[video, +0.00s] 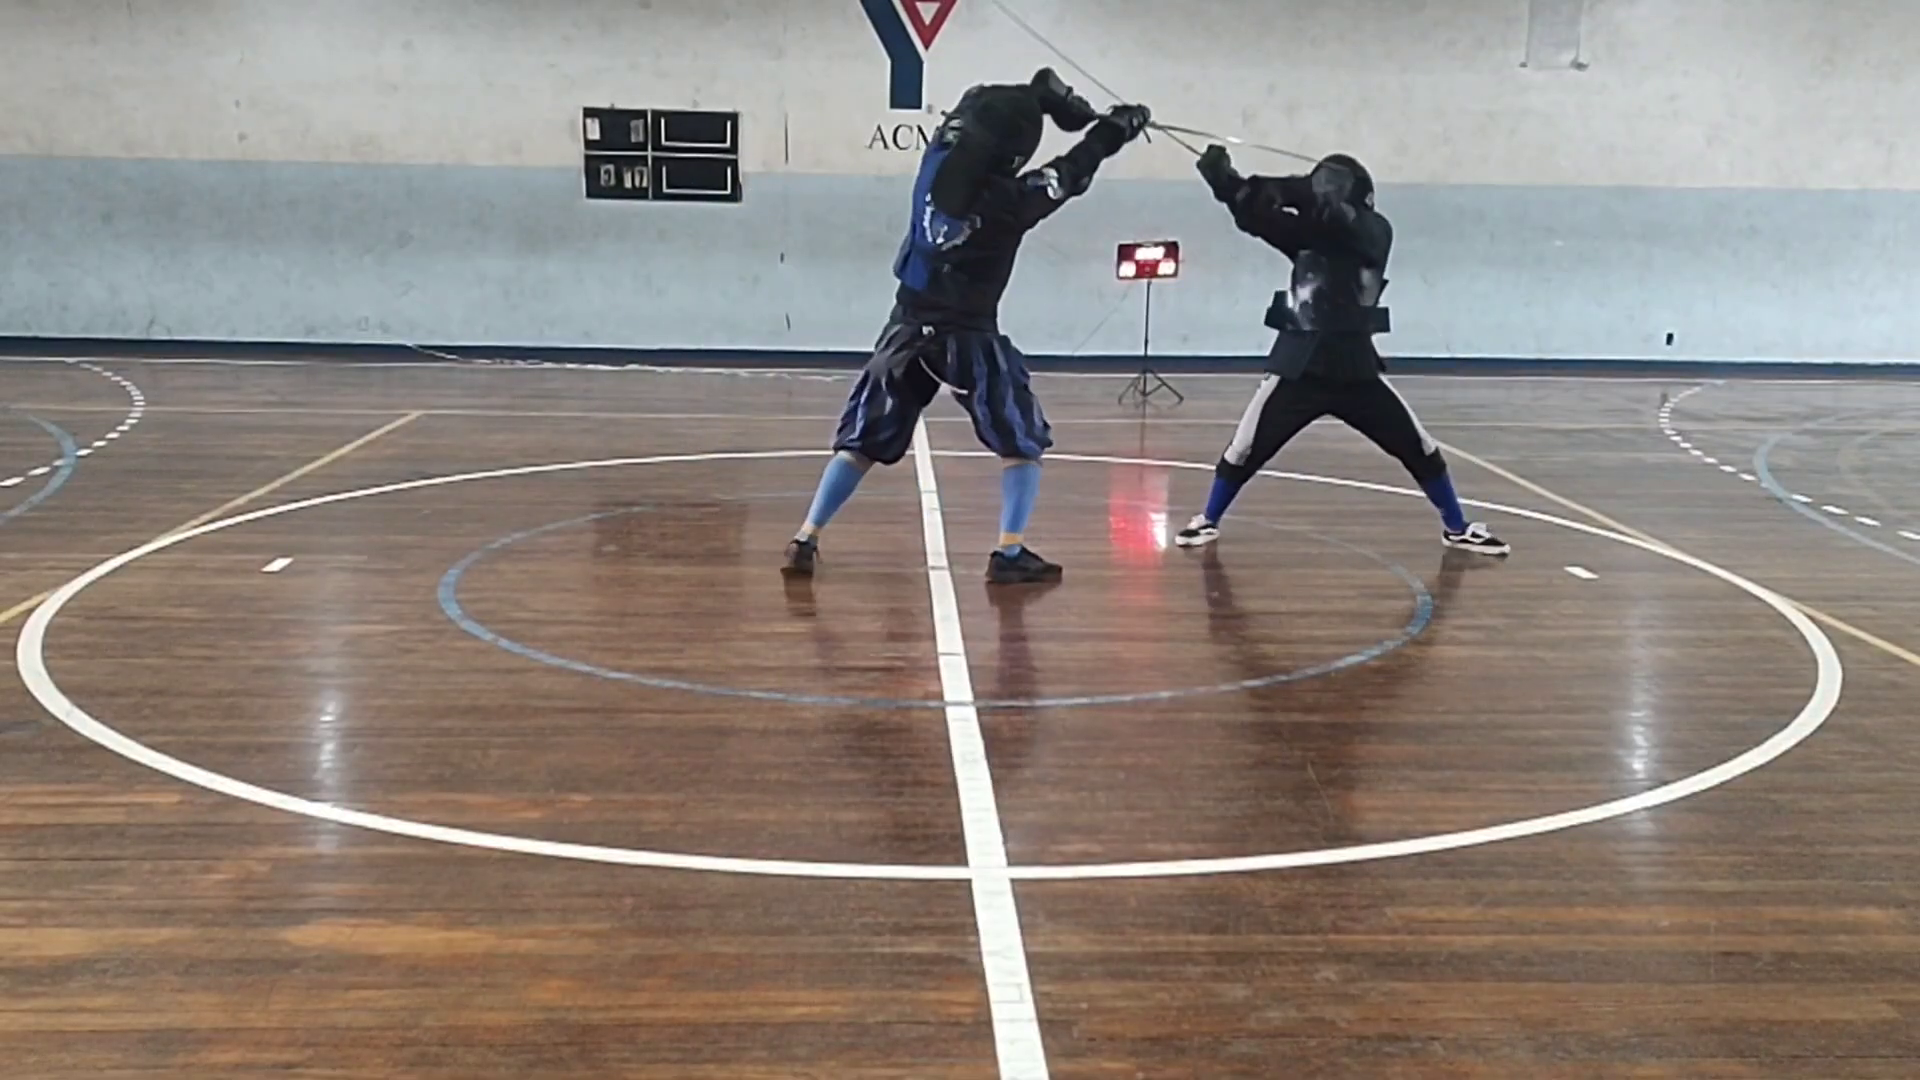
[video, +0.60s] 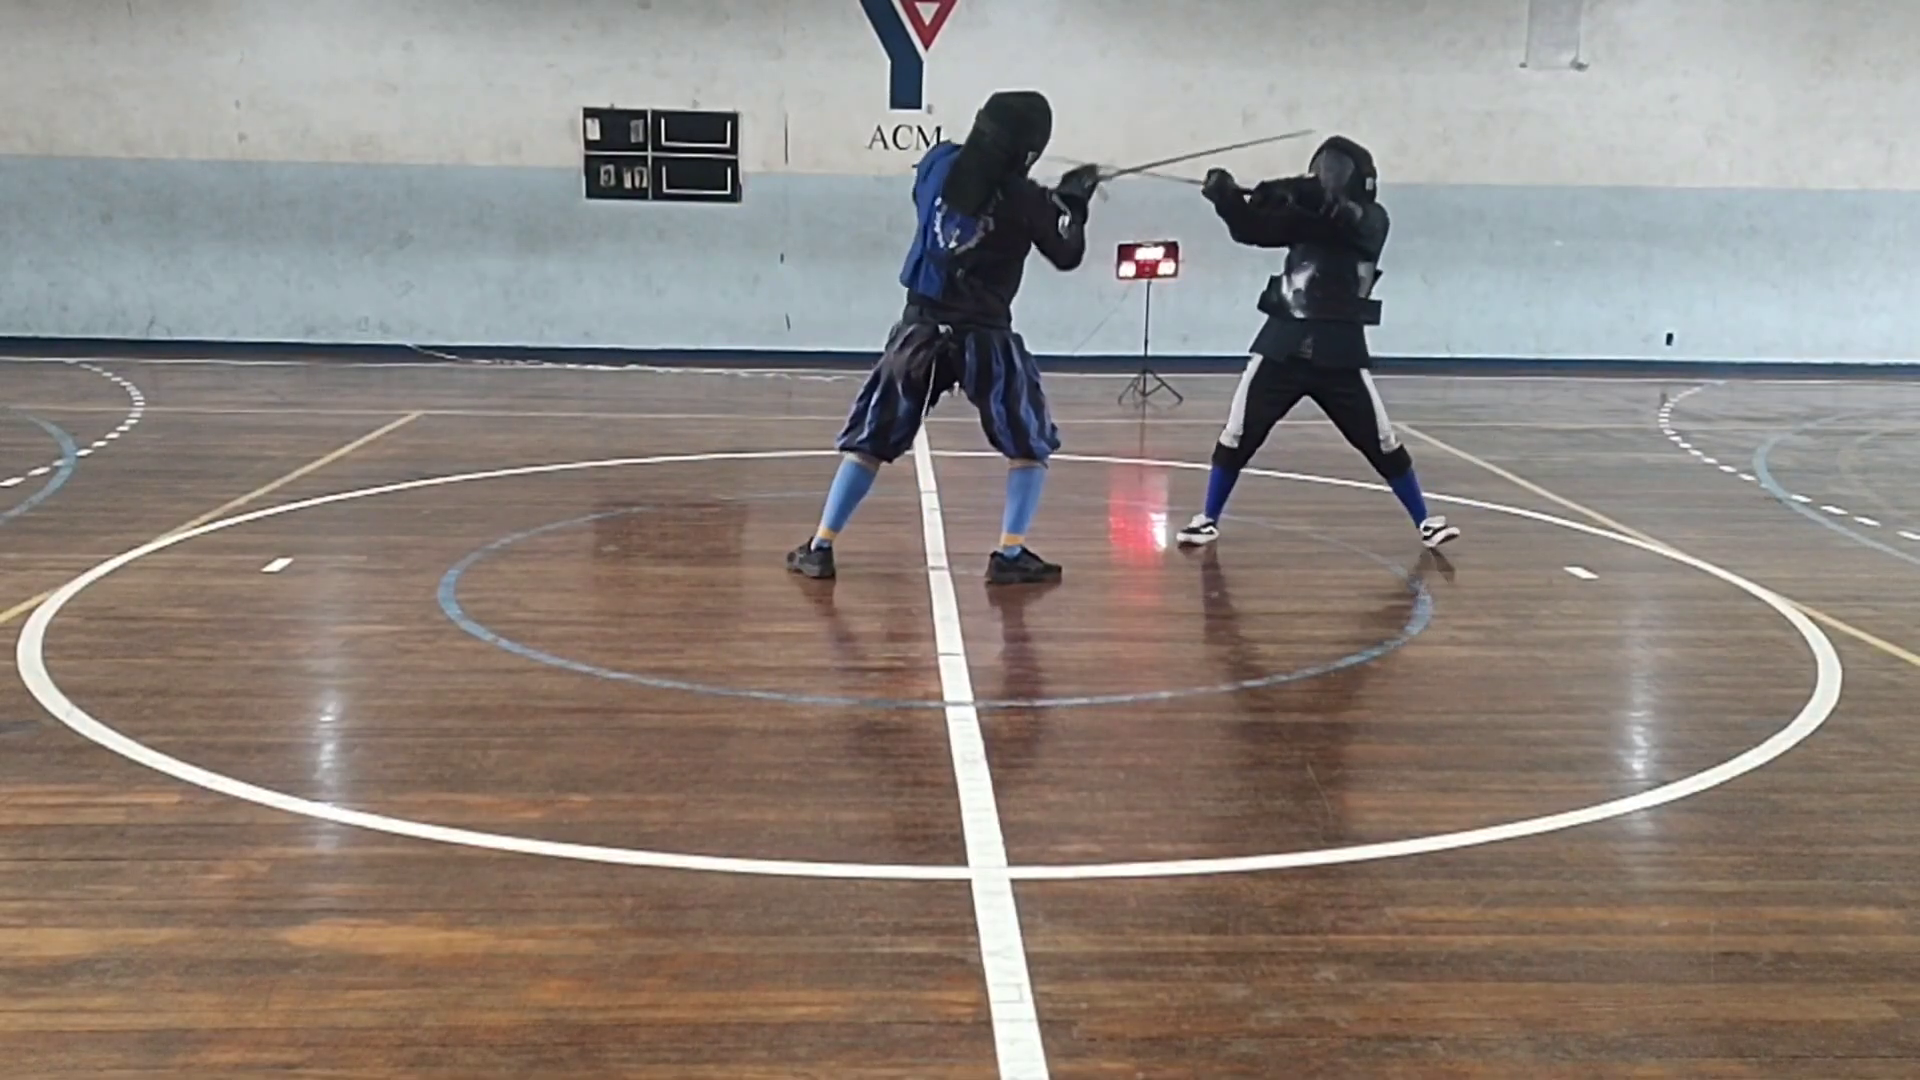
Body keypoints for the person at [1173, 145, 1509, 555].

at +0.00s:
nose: (1322, 194)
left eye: (1330, 185)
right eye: (1318, 186)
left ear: (1351, 191)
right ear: (1312, 189)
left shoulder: (1375, 231)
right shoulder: (1304, 231)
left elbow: (1328, 212)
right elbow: (1256, 216)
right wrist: (1225, 181)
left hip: (1356, 373)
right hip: (1297, 372)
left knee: (1421, 451)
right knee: (1244, 450)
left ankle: (1459, 529)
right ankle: (1208, 521)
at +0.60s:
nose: (1326, 177)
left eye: (1335, 169)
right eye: (1322, 168)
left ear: (1357, 175)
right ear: (1313, 171)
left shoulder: (1372, 219)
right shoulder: (1302, 209)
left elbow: (1360, 234)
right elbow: (1253, 228)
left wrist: (1293, 197)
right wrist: (1228, 199)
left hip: (1339, 352)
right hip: (1281, 348)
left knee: (1382, 441)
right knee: (1238, 434)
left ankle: (1425, 521)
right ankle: (1208, 519)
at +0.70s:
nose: (1326, 174)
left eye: (1337, 166)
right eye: (1320, 164)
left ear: (1356, 174)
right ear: (1310, 168)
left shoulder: (1368, 216)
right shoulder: (1290, 214)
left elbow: (1366, 237)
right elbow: (1249, 263)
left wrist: (1327, 213)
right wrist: (1236, 229)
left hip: (1337, 348)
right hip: (1279, 344)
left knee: (1368, 441)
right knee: (1237, 431)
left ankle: (1385, 524)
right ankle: (1207, 517)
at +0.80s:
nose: (1324, 176)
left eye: (1336, 166)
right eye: (1318, 166)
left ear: (1357, 174)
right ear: (1310, 171)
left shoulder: (1374, 220)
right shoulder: (1296, 221)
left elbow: (1399, 244)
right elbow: (1273, 292)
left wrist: (1341, 221)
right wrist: (1269, 248)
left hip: (1337, 349)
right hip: (1281, 343)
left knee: (1351, 443)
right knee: (1236, 430)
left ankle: (1375, 524)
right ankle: (1206, 516)